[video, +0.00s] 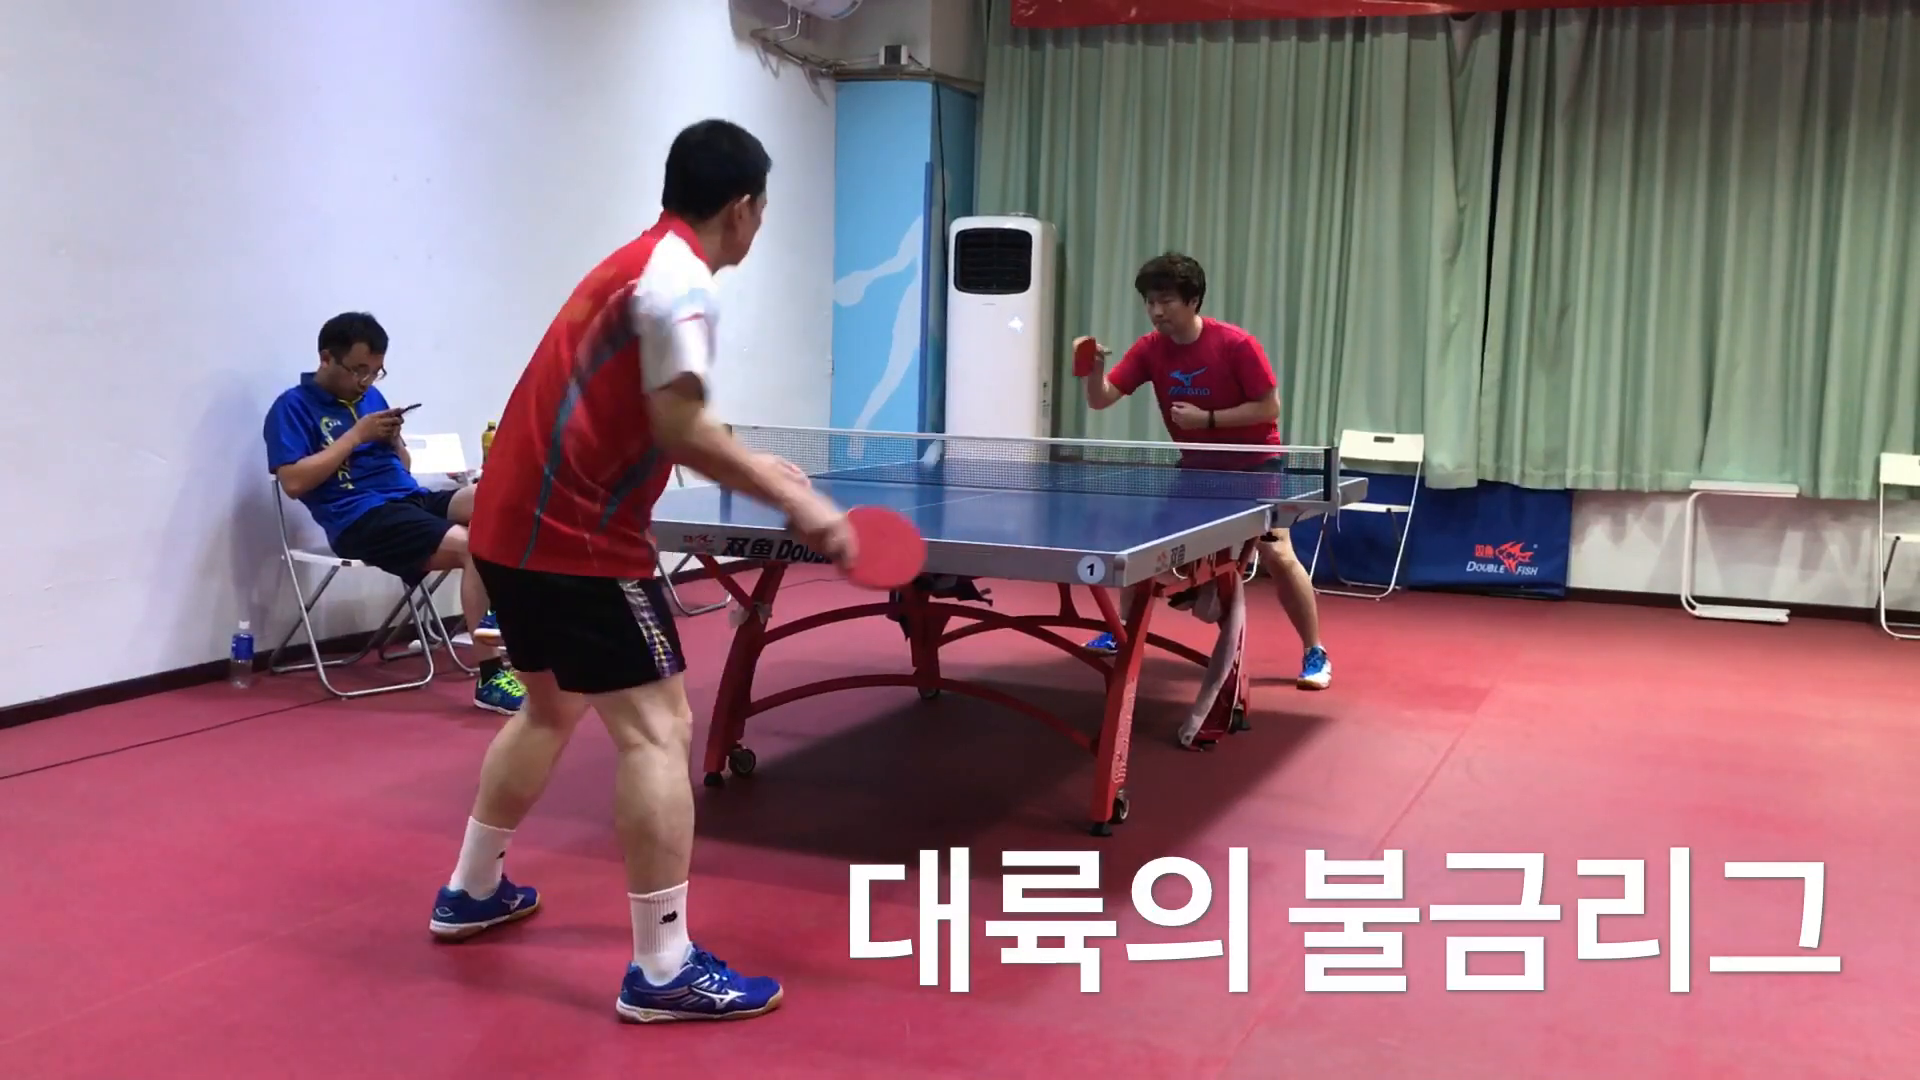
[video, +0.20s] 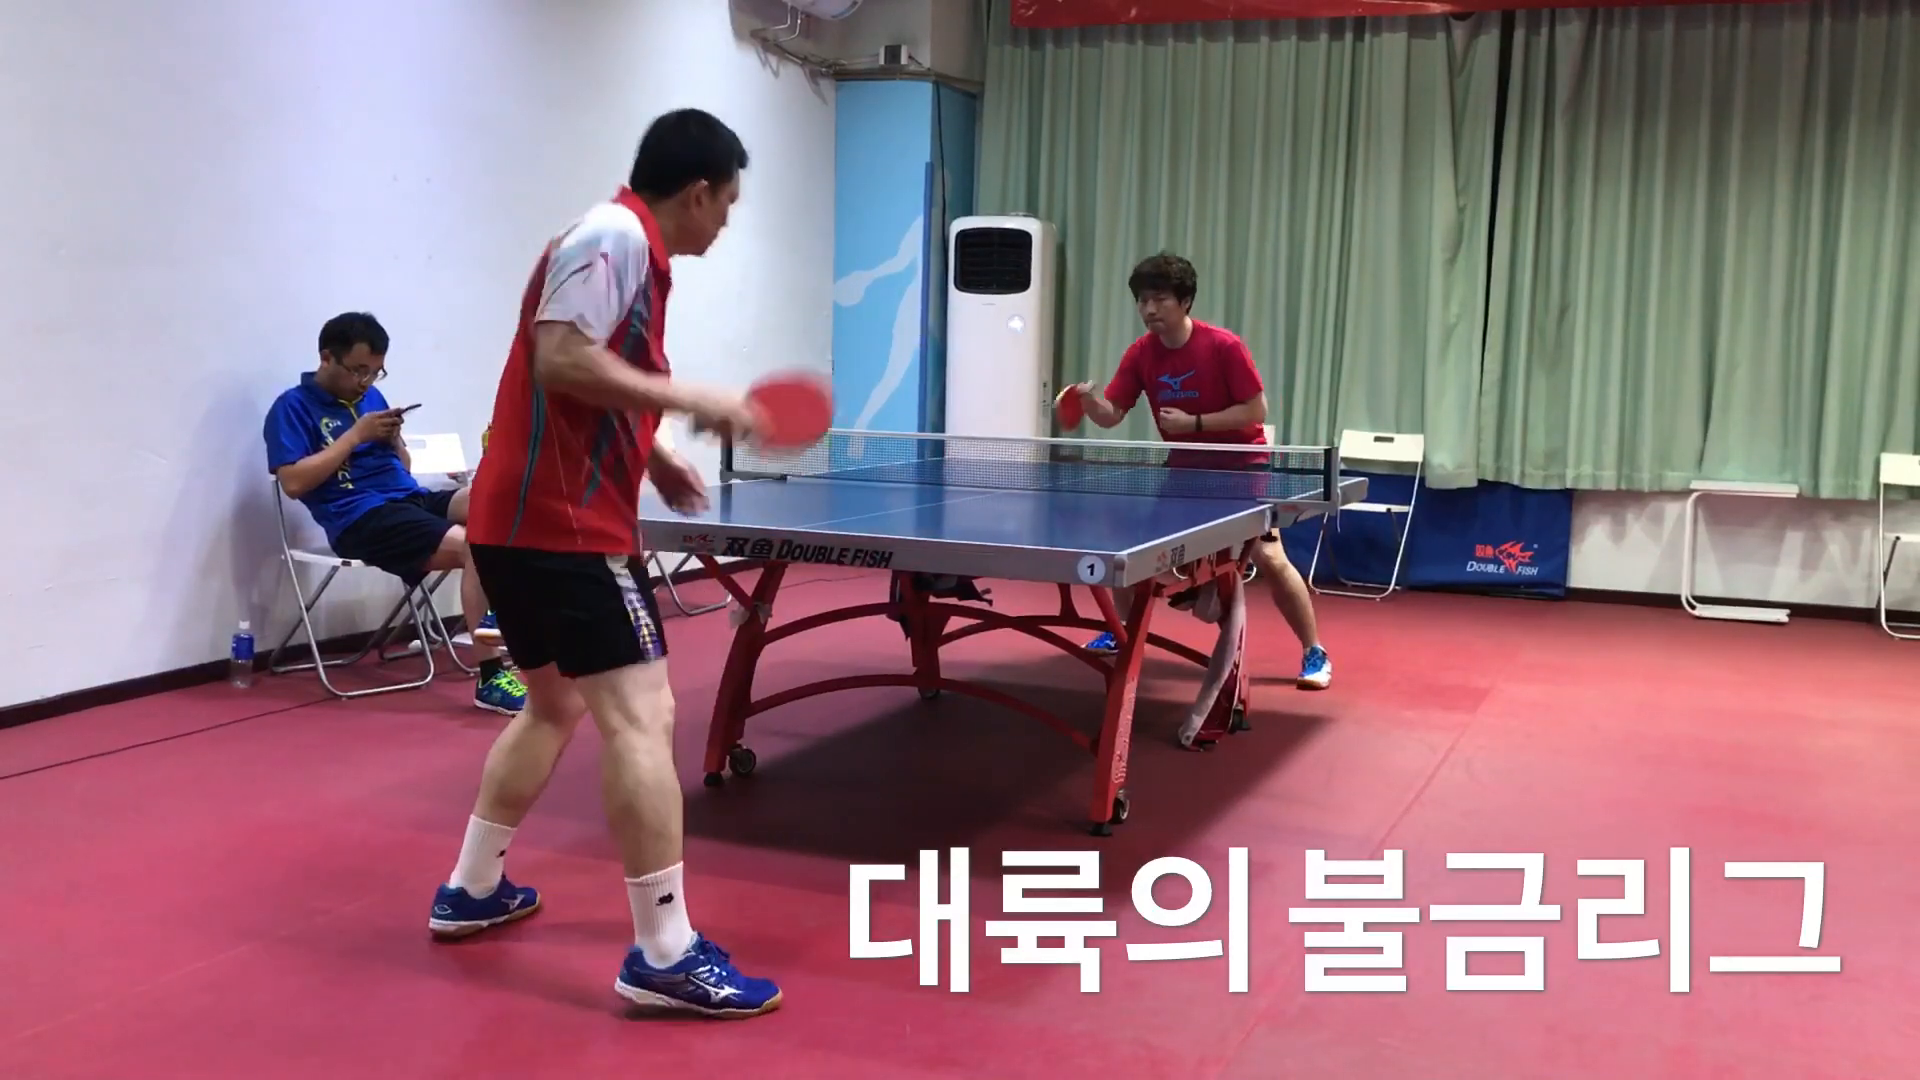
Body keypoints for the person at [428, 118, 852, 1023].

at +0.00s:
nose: (758, 224)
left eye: (759, 208)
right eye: (759, 207)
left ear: (680, 193)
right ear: (738, 206)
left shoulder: (639, 263)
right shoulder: (676, 278)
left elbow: (663, 420)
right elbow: (682, 430)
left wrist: (751, 464)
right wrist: (798, 504)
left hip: (512, 525)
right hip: (577, 536)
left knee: (550, 710)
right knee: (657, 729)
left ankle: (470, 889)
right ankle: (664, 966)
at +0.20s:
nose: (726, 221)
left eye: (730, 205)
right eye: (726, 202)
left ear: (668, 181)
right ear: (694, 190)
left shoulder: (631, 250)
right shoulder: (615, 235)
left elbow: (591, 384)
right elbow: (557, 358)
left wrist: (654, 456)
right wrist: (695, 402)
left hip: (526, 519)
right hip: (560, 522)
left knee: (552, 705)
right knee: (640, 714)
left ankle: (471, 887)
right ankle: (664, 952)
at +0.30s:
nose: (704, 190)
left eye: (705, 173)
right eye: (704, 172)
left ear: (625, 155)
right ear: (677, 164)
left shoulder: (579, 217)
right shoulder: (619, 219)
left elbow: (557, 375)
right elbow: (666, 359)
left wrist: (631, 447)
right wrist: (727, 333)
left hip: (504, 500)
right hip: (565, 502)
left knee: (539, 693)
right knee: (644, 697)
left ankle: (470, 884)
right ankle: (647, 939)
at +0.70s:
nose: (707, 186)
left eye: (704, 173)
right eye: (705, 173)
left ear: (612, 172)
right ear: (690, 178)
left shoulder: (551, 255)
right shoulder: (692, 274)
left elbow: (540, 406)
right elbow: (751, 425)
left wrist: (651, 458)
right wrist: (797, 423)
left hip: (499, 526)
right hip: (600, 544)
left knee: (518, 684)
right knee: (677, 734)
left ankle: (462, 871)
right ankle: (638, 967)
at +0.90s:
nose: (747, 215)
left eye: (747, 197)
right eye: (746, 197)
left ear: (666, 190)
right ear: (718, 198)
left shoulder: (629, 257)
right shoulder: (652, 269)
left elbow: (629, 422)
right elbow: (625, 422)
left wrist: (732, 499)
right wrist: (737, 506)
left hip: (499, 530)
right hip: (555, 542)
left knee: (525, 708)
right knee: (641, 733)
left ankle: (439, 885)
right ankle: (635, 970)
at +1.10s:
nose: (714, 209)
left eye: (715, 191)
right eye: (710, 190)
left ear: (645, 185)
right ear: (674, 188)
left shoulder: (587, 250)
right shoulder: (617, 257)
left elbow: (582, 410)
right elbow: (636, 399)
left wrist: (682, 462)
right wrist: (789, 401)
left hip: (489, 527)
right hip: (548, 536)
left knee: (520, 711)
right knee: (635, 726)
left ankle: (436, 889)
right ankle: (636, 966)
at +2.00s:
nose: (709, 199)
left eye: (708, 182)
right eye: (706, 182)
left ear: (622, 180)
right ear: (680, 184)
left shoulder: (565, 254)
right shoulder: (660, 273)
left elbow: (557, 390)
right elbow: (777, 387)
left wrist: (658, 443)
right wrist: (852, 330)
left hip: (476, 521)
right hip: (564, 528)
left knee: (513, 699)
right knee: (667, 721)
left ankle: (441, 889)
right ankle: (644, 958)